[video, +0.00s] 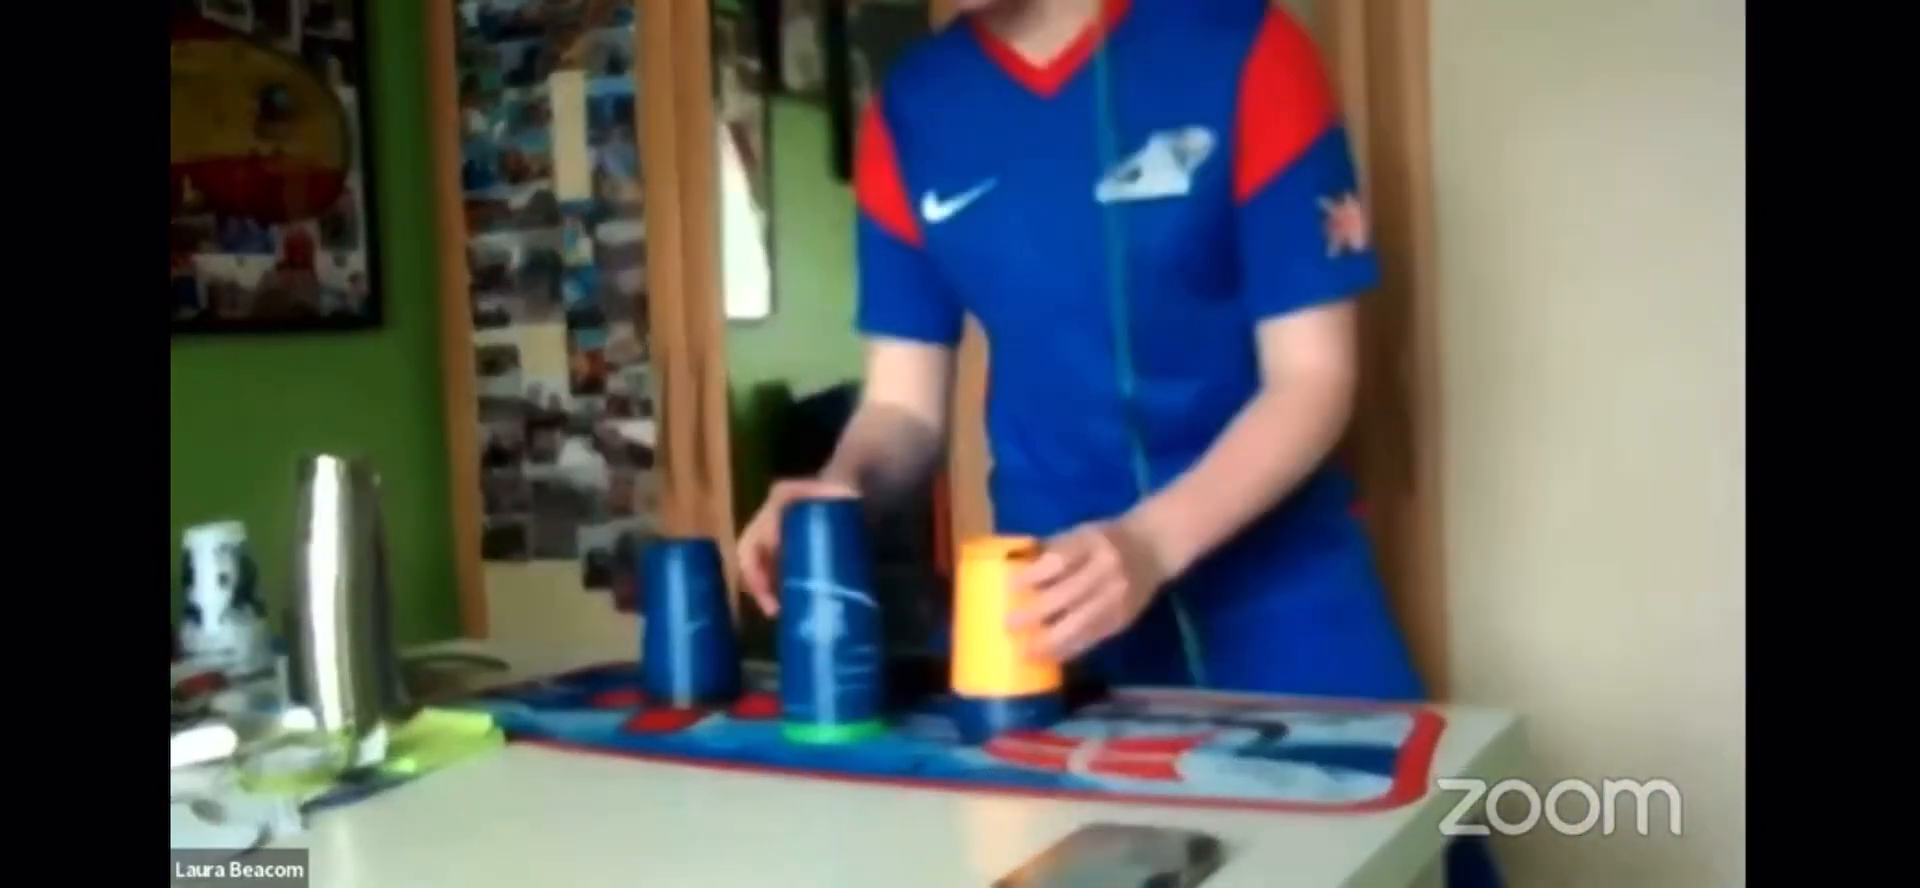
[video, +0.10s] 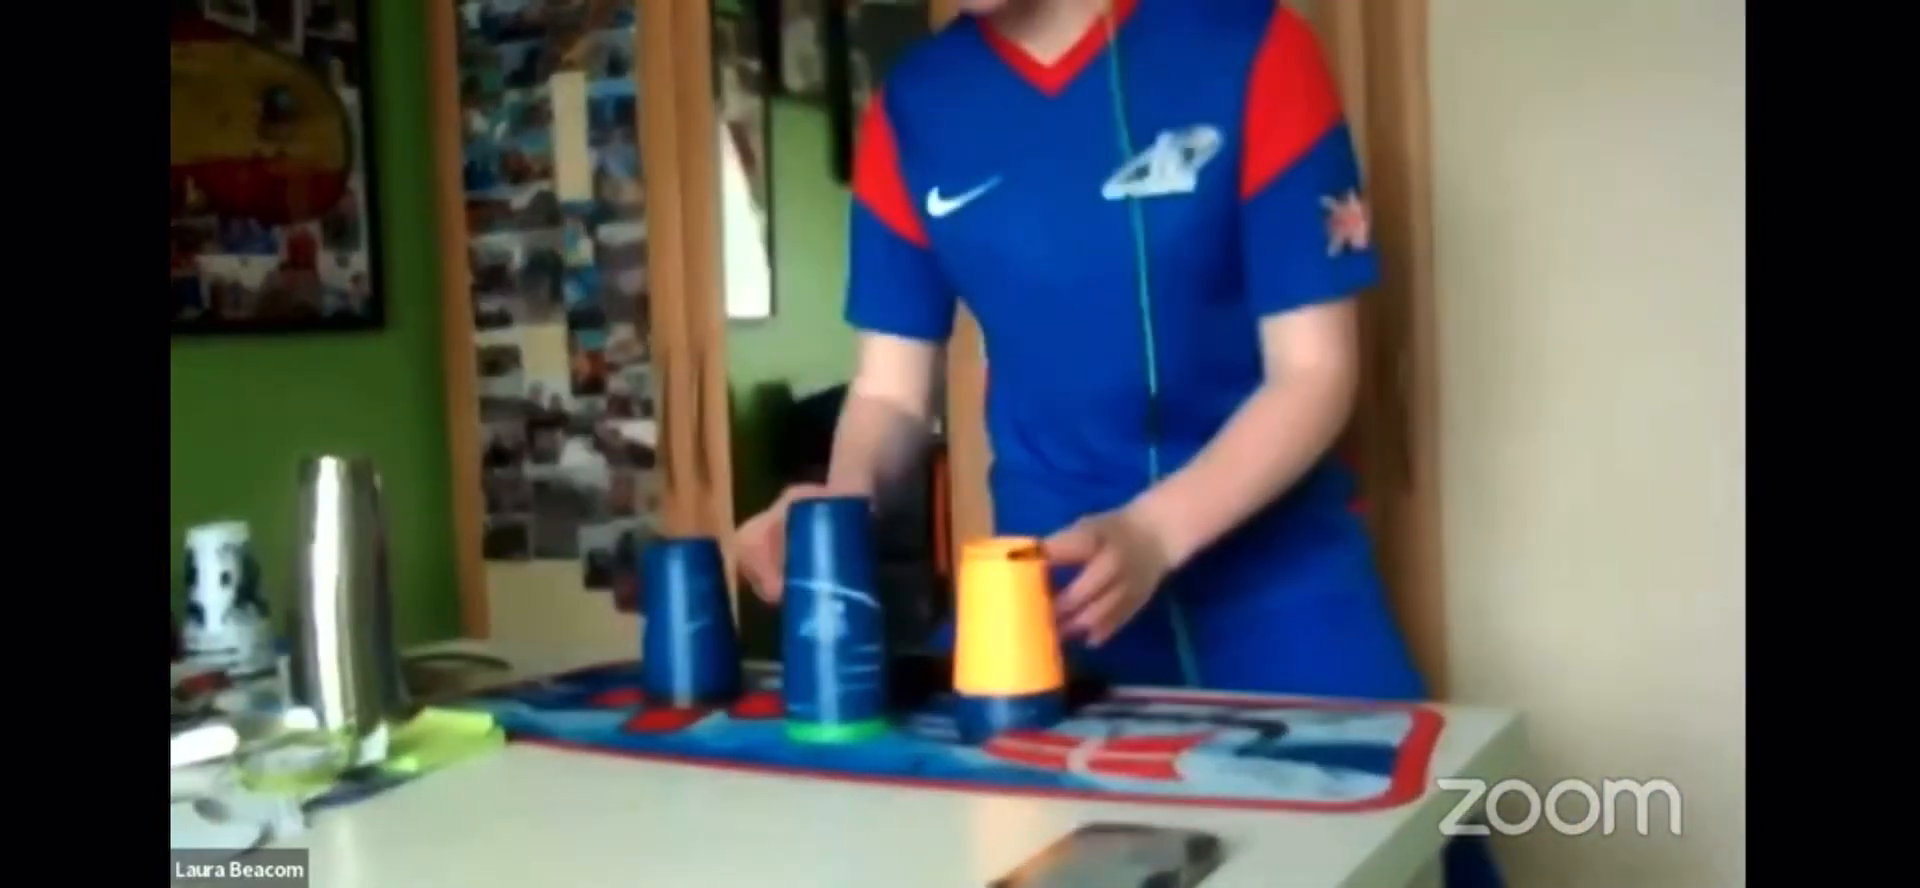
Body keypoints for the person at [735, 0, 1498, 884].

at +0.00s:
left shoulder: (1240, 50)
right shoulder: (914, 107)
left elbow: (1315, 380)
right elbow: (902, 406)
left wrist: (1148, 543)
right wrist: (836, 496)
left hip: (1275, 605)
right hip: (1057, 631)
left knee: (1357, 859)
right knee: (1091, 865)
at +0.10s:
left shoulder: (1246, 49)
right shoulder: (916, 107)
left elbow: (1317, 373)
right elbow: (892, 391)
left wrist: (1155, 532)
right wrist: (839, 515)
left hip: (1275, 577)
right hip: (1054, 604)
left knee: (1365, 852)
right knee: (1089, 863)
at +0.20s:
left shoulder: (1250, 52)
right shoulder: (916, 108)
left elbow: (1326, 373)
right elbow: (854, 395)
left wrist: (1144, 542)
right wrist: (851, 580)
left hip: (1277, 606)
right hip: (1051, 632)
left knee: (1375, 861)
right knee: (1075, 871)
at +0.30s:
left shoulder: (1248, 81)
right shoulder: (916, 133)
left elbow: (1314, 398)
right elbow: (833, 413)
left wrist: (1139, 578)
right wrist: (850, 611)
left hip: (1268, 600)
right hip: (1048, 621)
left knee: (1385, 850)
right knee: (1066, 866)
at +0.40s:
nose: (957, 26)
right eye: (930, 2)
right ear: (912, 9)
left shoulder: (1249, 113)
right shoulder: (918, 163)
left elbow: (1314, 424)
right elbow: (820, 432)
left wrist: (1135, 579)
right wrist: (858, 606)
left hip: (1264, 625)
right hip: (1045, 644)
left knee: (1380, 859)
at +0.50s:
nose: (961, 31)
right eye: (930, 5)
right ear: (910, 12)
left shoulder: (1250, 117)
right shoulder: (918, 166)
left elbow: (1314, 426)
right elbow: (818, 431)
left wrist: (1138, 580)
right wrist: (859, 606)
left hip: (1266, 626)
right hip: (1045, 649)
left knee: (1378, 857)